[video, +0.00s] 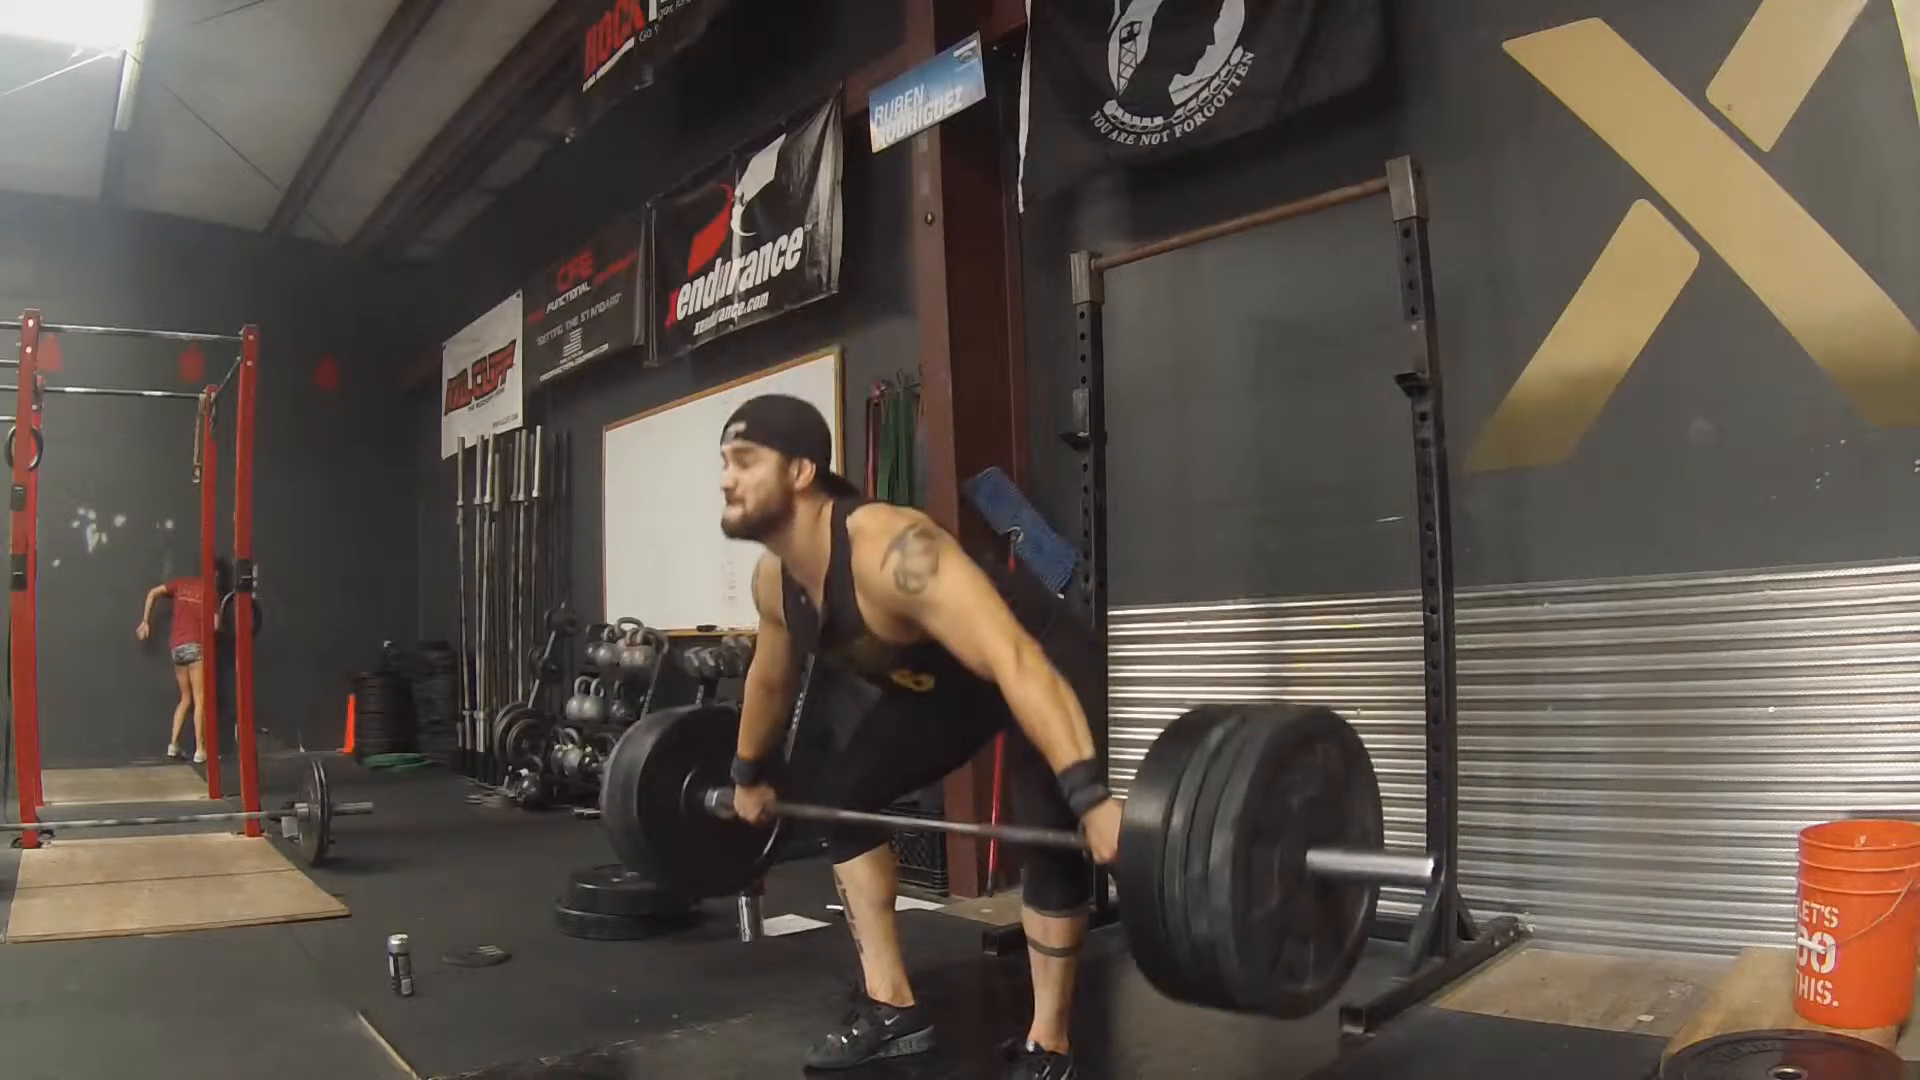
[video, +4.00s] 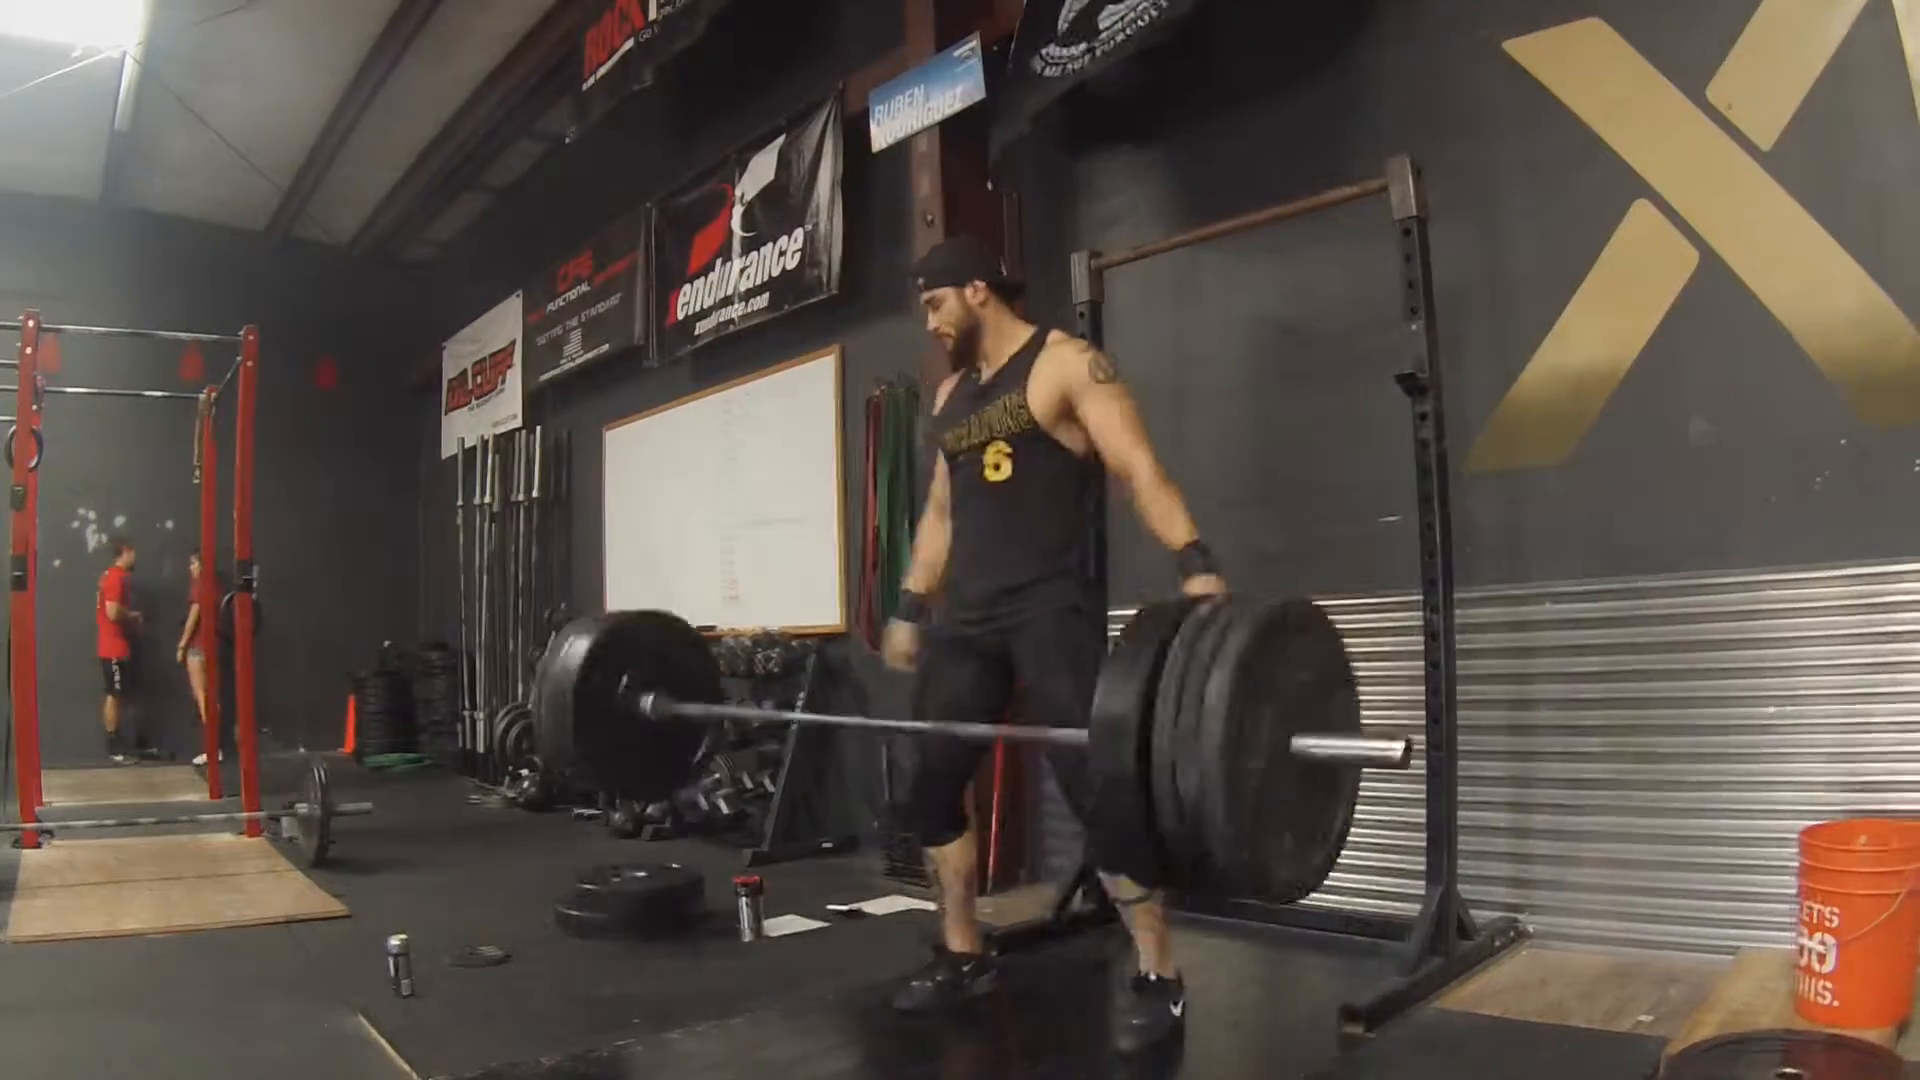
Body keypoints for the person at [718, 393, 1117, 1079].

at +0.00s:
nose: (725, 480)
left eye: (743, 461)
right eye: (724, 464)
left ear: (801, 473)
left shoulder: (899, 549)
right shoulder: (776, 577)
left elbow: (1017, 661)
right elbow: (770, 681)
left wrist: (1091, 797)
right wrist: (748, 775)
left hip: (1042, 659)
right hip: (948, 678)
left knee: (1049, 848)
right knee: (843, 800)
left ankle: (1049, 1045)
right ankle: (891, 1004)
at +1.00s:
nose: (843, 413)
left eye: (861, 395)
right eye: (845, 396)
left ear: (921, 406)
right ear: (867, 406)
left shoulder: (963, 474)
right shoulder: (854, 498)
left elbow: (1060, 449)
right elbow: (792, 489)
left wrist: (1065, 316)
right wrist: (733, 416)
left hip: (974, 763)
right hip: (878, 765)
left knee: (959, 893)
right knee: (746, 853)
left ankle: (1036, 1049)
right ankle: (861, 1007)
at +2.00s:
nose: (742, 506)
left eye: (757, 485)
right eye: (735, 488)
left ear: (814, 481)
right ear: (730, 492)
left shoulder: (892, 529)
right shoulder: (792, 568)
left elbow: (979, 444)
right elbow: (733, 496)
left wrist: (1064, 319)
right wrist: (723, 424)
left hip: (996, 751)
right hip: (894, 768)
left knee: (961, 872)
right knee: (760, 838)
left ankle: (1038, 1049)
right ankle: (860, 1007)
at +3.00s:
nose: (753, 284)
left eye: (765, 262)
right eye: (746, 272)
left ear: (818, 249)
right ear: (757, 274)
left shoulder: (894, 289)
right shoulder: (796, 336)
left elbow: (974, 181)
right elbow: (736, 293)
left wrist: (1058, 70)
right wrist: (703, 227)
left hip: (931, 591)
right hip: (842, 614)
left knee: (956, 795)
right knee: (818, 802)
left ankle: (1030, 1038)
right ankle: (861, 1005)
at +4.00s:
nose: (928, 319)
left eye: (935, 301)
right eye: (923, 307)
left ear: (981, 290)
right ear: (951, 304)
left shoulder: (1066, 363)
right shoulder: (954, 395)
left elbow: (1140, 470)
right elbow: (940, 511)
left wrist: (1194, 561)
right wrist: (908, 608)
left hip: (1055, 614)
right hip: (967, 621)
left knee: (1099, 792)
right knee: (931, 786)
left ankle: (1159, 977)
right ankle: (962, 952)